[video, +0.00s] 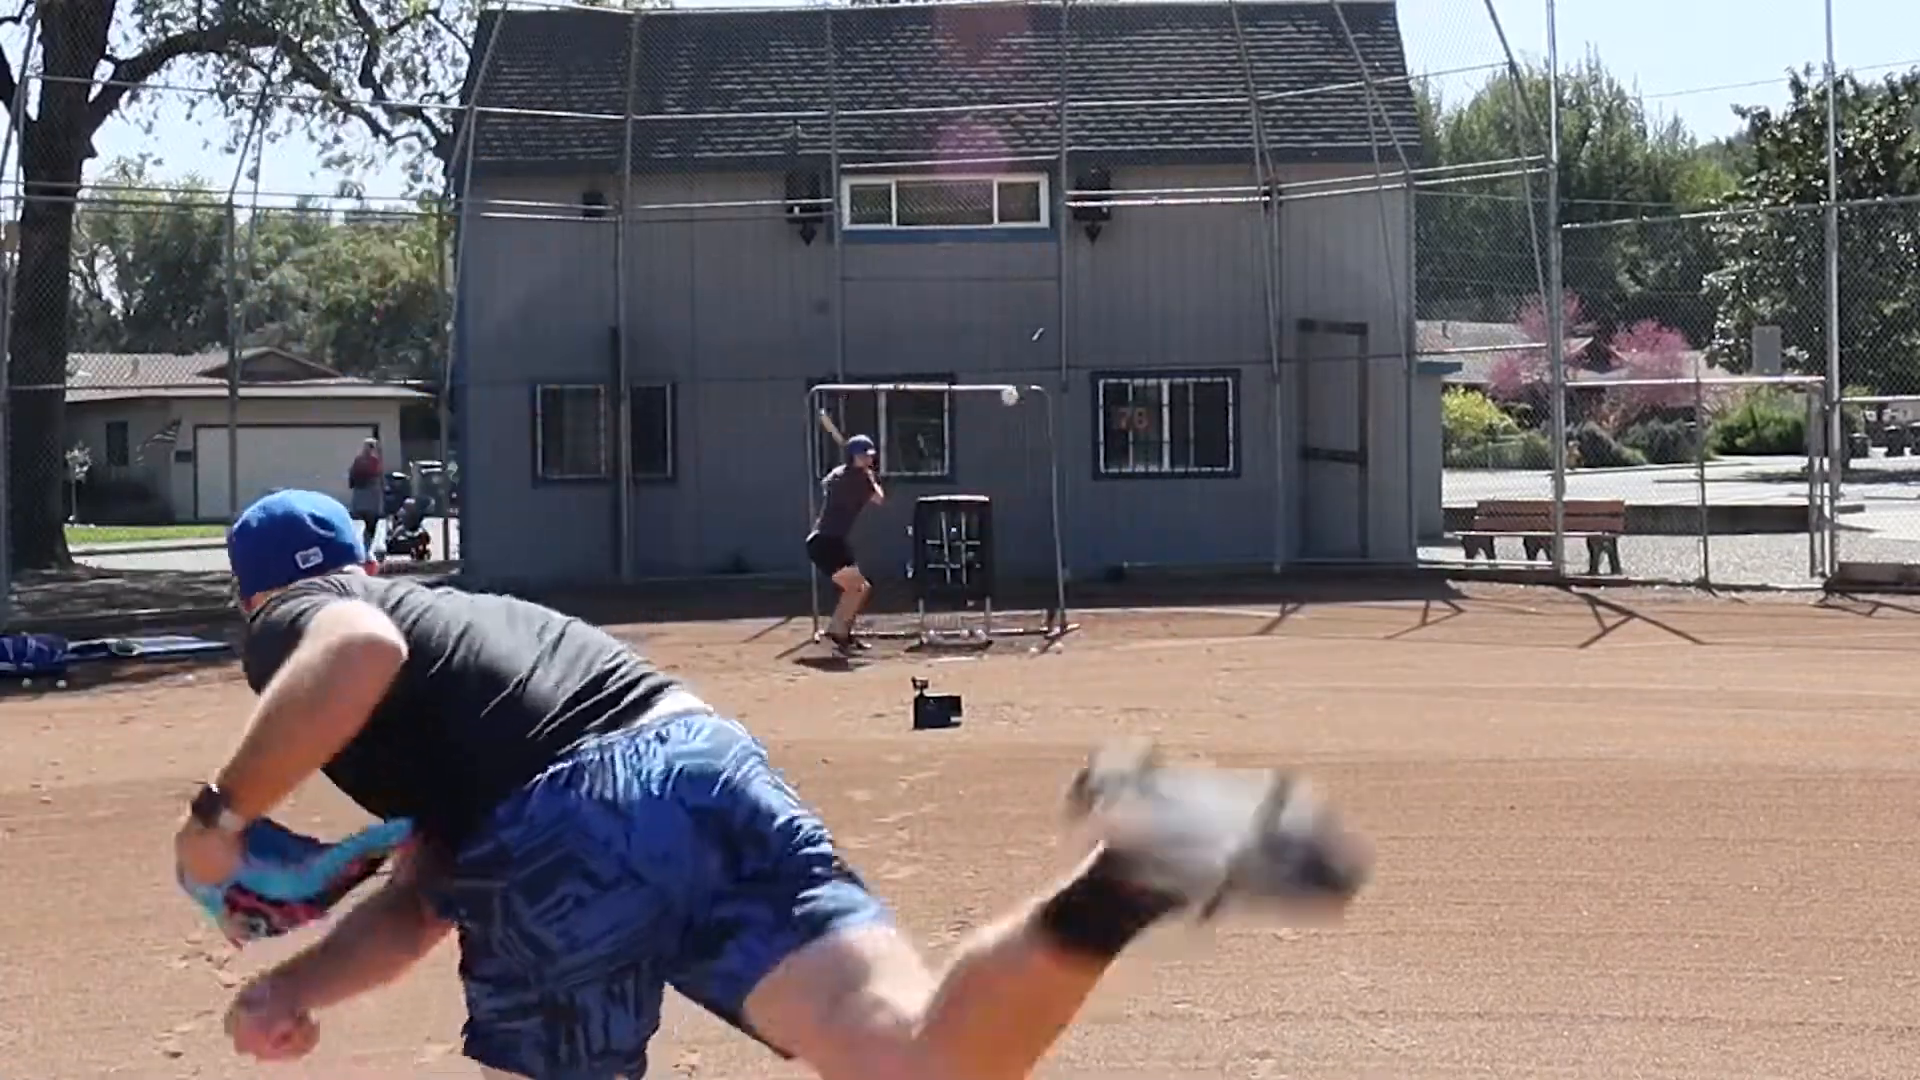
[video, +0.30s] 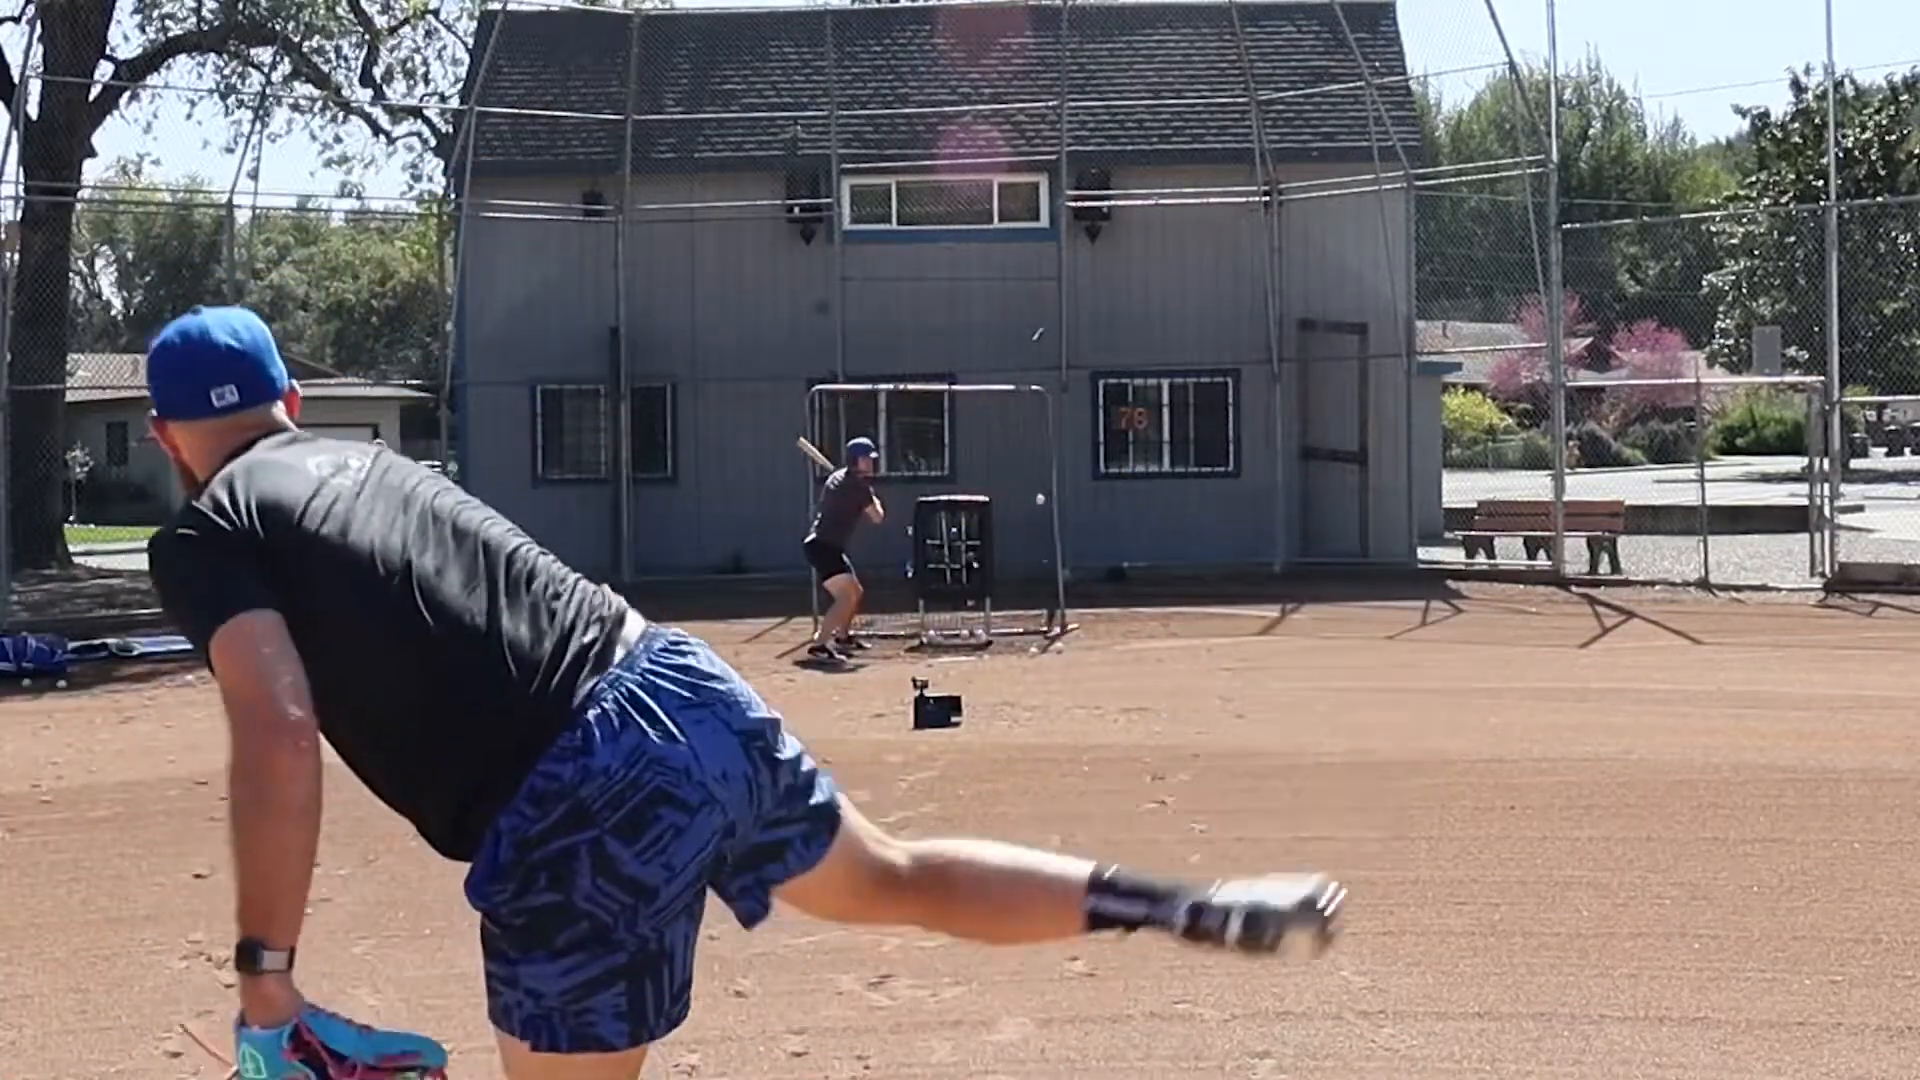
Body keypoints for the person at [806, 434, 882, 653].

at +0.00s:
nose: (870, 460)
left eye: (870, 456)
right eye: (867, 456)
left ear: (852, 458)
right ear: (857, 457)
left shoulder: (837, 473)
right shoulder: (859, 478)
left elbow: (824, 482)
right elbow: (879, 499)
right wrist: (871, 477)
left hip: (820, 538)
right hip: (830, 541)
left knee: (862, 587)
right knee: (855, 586)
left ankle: (844, 629)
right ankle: (837, 630)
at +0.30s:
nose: (871, 464)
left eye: (872, 459)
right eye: (867, 459)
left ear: (857, 462)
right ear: (856, 461)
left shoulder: (838, 476)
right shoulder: (855, 484)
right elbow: (877, 517)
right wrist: (870, 493)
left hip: (828, 544)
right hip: (823, 546)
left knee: (855, 591)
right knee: (846, 595)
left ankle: (842, 634)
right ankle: (820, 643)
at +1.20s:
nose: (860, 459)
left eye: (862, 455)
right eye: (856, 455)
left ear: (861, 456)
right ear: (845, 456)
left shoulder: (832, 472)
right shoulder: (852, 480)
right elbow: (874, 500)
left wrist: (862, 477)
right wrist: (868, 481)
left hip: (813, 538)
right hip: (824, 540)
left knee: (850, 587)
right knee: (856, 585)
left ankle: (841, 631)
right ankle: (837, 630)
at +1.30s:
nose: (863, 468)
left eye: (864, 463)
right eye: (859, 463)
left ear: (846, 464)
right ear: (847, 463)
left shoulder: (830, 479)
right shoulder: (851, 485)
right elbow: (873, 506)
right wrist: (864, 485)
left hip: (816, 546)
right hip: (820, 549)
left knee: (855, 595)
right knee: (849, 596)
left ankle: (838, 636)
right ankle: (829, 640)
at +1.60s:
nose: (860, 454)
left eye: (861, 449)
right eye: (858, 449)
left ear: (842, 449)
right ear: (847, 449)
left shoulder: (820, 464)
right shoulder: (842, 468)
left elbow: (821, 498)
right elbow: (858, 506)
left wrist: (848, 506)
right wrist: (854, 502)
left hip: (811, 528)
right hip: (809, 530)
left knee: (819, 582)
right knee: (816, 583)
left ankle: (821, 633)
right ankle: (811, 642)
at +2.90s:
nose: (860, 469)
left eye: (862, 465)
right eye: (857, 464)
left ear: (863, 467)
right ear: (844, 463)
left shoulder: (857, 491)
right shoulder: (823, 470)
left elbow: (865, 515)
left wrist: (887, 499)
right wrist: (865, 484)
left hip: (838, 548)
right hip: (811, 544)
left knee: (845, 610)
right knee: (809, 592)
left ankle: (838, 632)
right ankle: (808, 643)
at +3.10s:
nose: (858, 469)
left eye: (863, 465)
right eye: (855, 463)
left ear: (868, 469)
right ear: (848, 465)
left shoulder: (861, 487)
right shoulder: (839, 490)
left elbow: (830, 488)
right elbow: (822, 520)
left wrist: (798, 490)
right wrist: (800, 505)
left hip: (846, 545)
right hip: (821, 543)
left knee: (844, 598)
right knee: (809, 590)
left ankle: (845, 630)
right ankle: (800, 642)